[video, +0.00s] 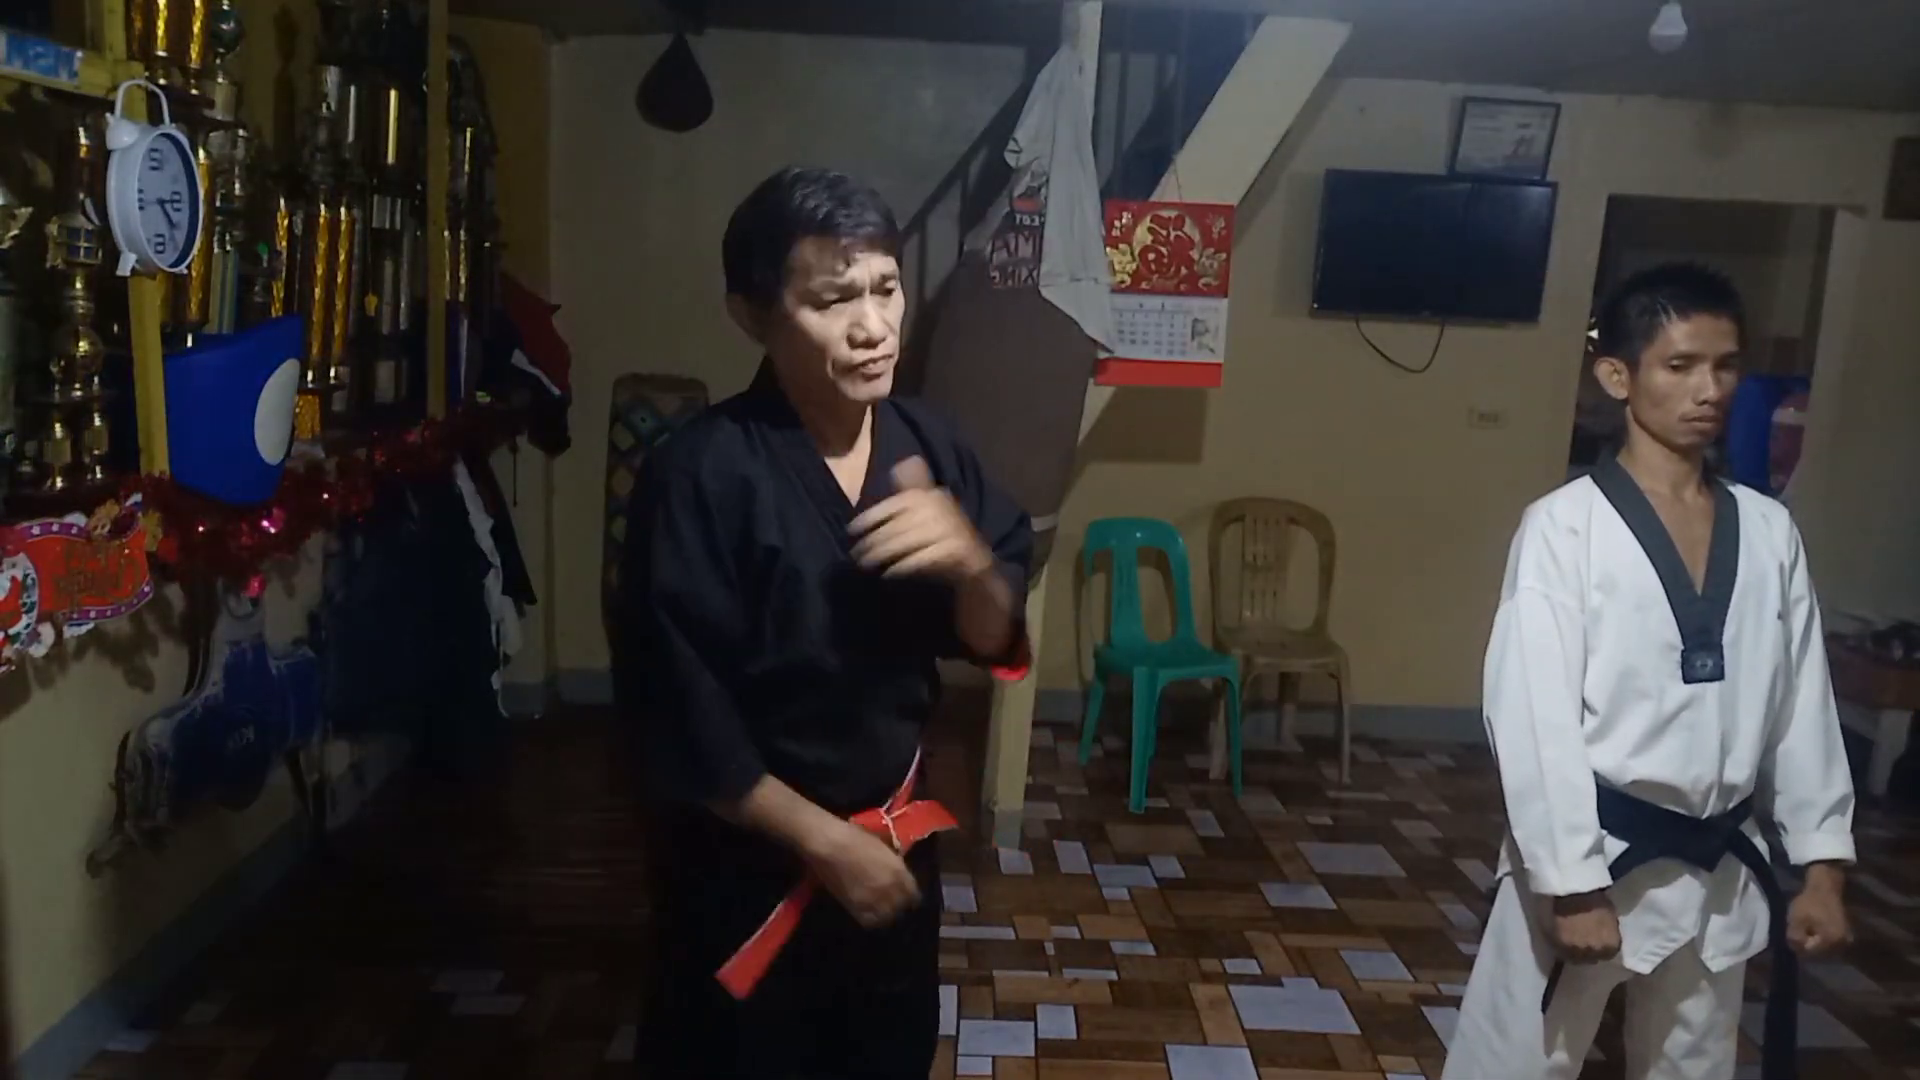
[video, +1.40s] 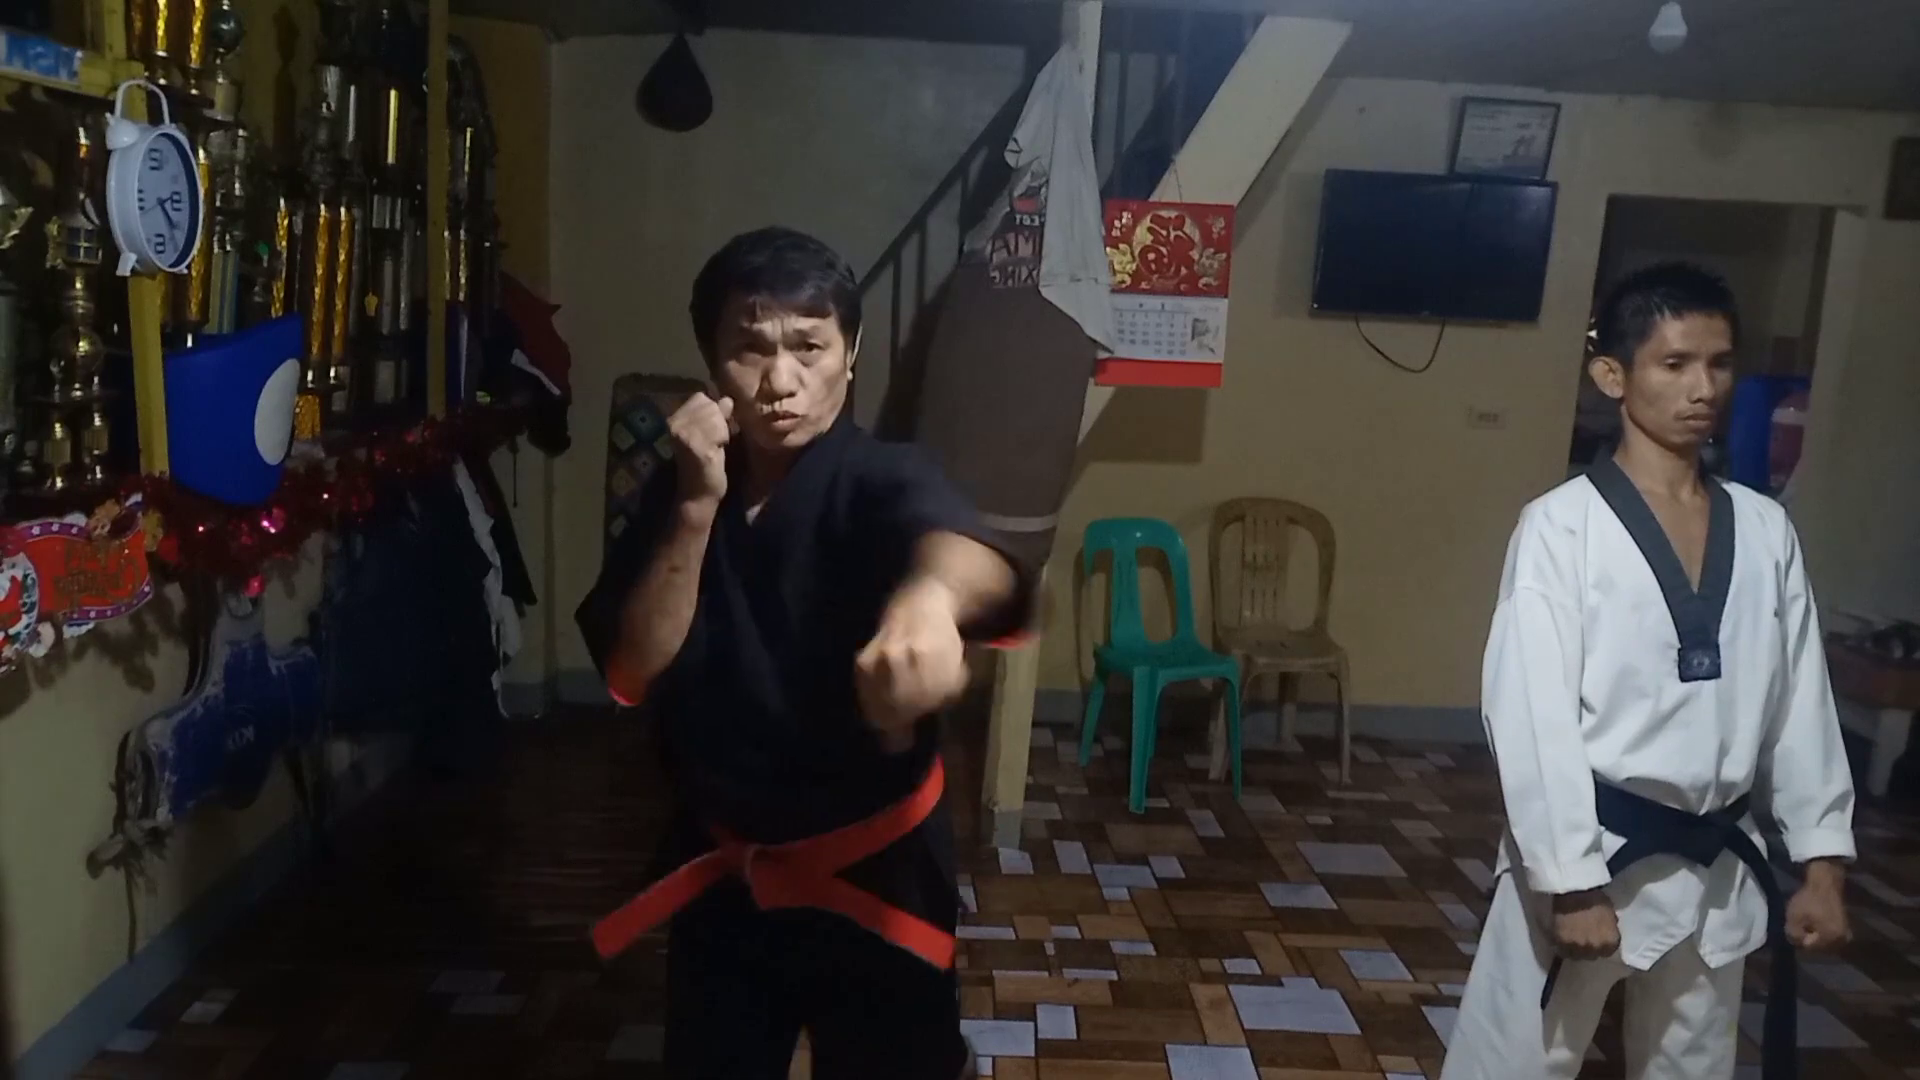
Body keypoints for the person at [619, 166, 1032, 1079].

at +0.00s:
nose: (873, 325)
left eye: (885, 290)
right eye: (833, 299)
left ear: (905, 288)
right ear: (753, 316)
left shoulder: (927, 444)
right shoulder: (696, 474)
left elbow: (997, 643)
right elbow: (675, 717)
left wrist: (973, 562)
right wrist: (828, 838)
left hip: (891, 835)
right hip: (736, 845)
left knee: (892, 1059)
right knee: (738, 1062)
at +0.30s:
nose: (895, 338)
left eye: (915, 306)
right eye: (862, 314)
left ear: (948, 321)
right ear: (824, 341)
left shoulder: (980, 475)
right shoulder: (776, 475)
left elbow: (1019, 612)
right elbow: (689, 657)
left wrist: (1002, 679)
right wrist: (784, 778)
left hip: (916, 832)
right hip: (783, 834)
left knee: (885, 1052)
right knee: (770, 1058)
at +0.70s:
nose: (912, 338)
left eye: (930, 308)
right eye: (879, 313)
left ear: (959, 317)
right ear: (837, 334)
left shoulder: (972, 463)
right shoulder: (797, 451)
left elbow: (1018, 650)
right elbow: (693, 633)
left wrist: (1003, 569)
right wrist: (835, 660)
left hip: (908, 812)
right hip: (783, 810)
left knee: (887, 1045)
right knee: (759, 1050)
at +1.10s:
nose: (864, 351)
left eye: (886, 318)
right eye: (830, 325)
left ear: (921, 325)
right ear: (784, 340)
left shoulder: (947, 471)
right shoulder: (748, 463)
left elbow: (1004, 652)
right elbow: (700, 594)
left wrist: (992, 549)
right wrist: (774, 593)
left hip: (902, 837)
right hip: (767, 839)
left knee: (916, 1052)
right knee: (753, 1058)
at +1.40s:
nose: (781, 377)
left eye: (807, 347)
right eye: (752, 350)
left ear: (848, 356)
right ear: (714, 366)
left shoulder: (883, 478)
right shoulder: (673, 496)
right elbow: (631, 672)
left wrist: (928, 596)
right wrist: (694, 507)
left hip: (876, 876)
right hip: (722, 878)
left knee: (891, 1066)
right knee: (713, 1066)